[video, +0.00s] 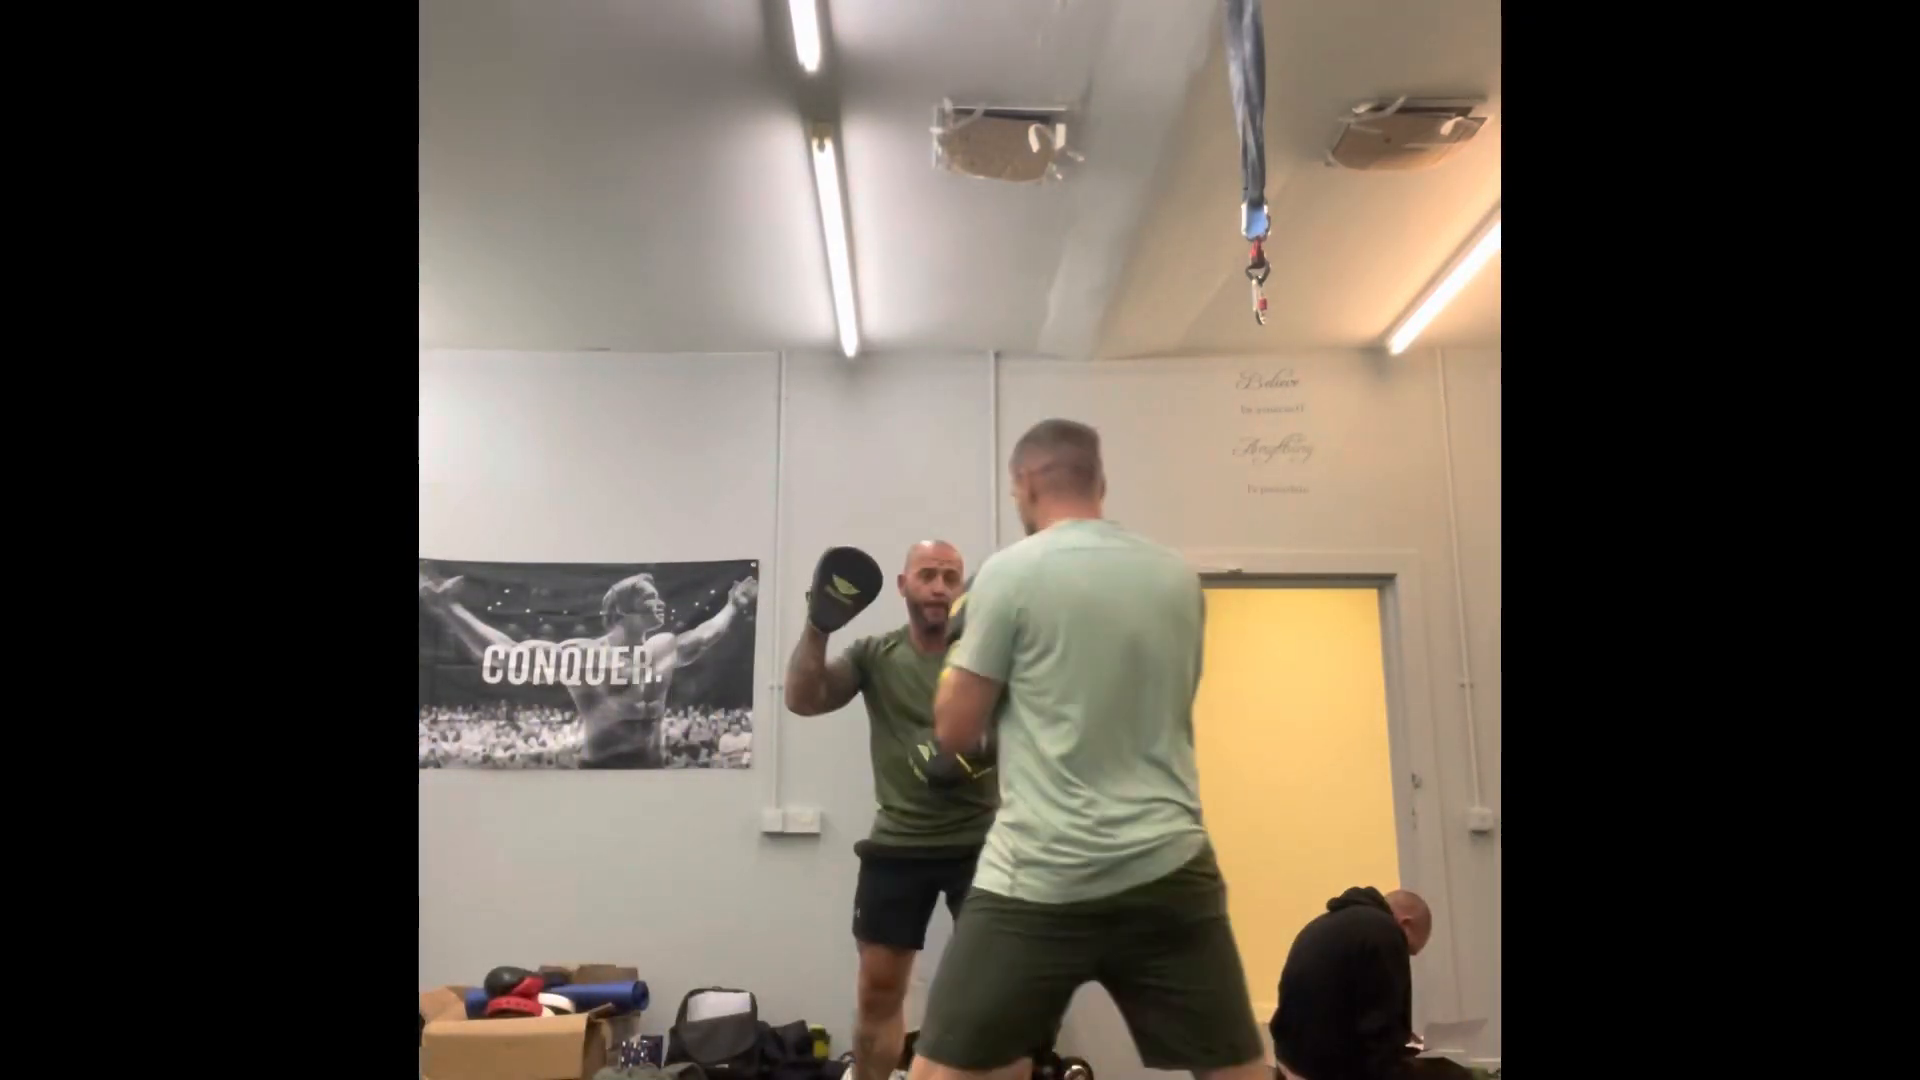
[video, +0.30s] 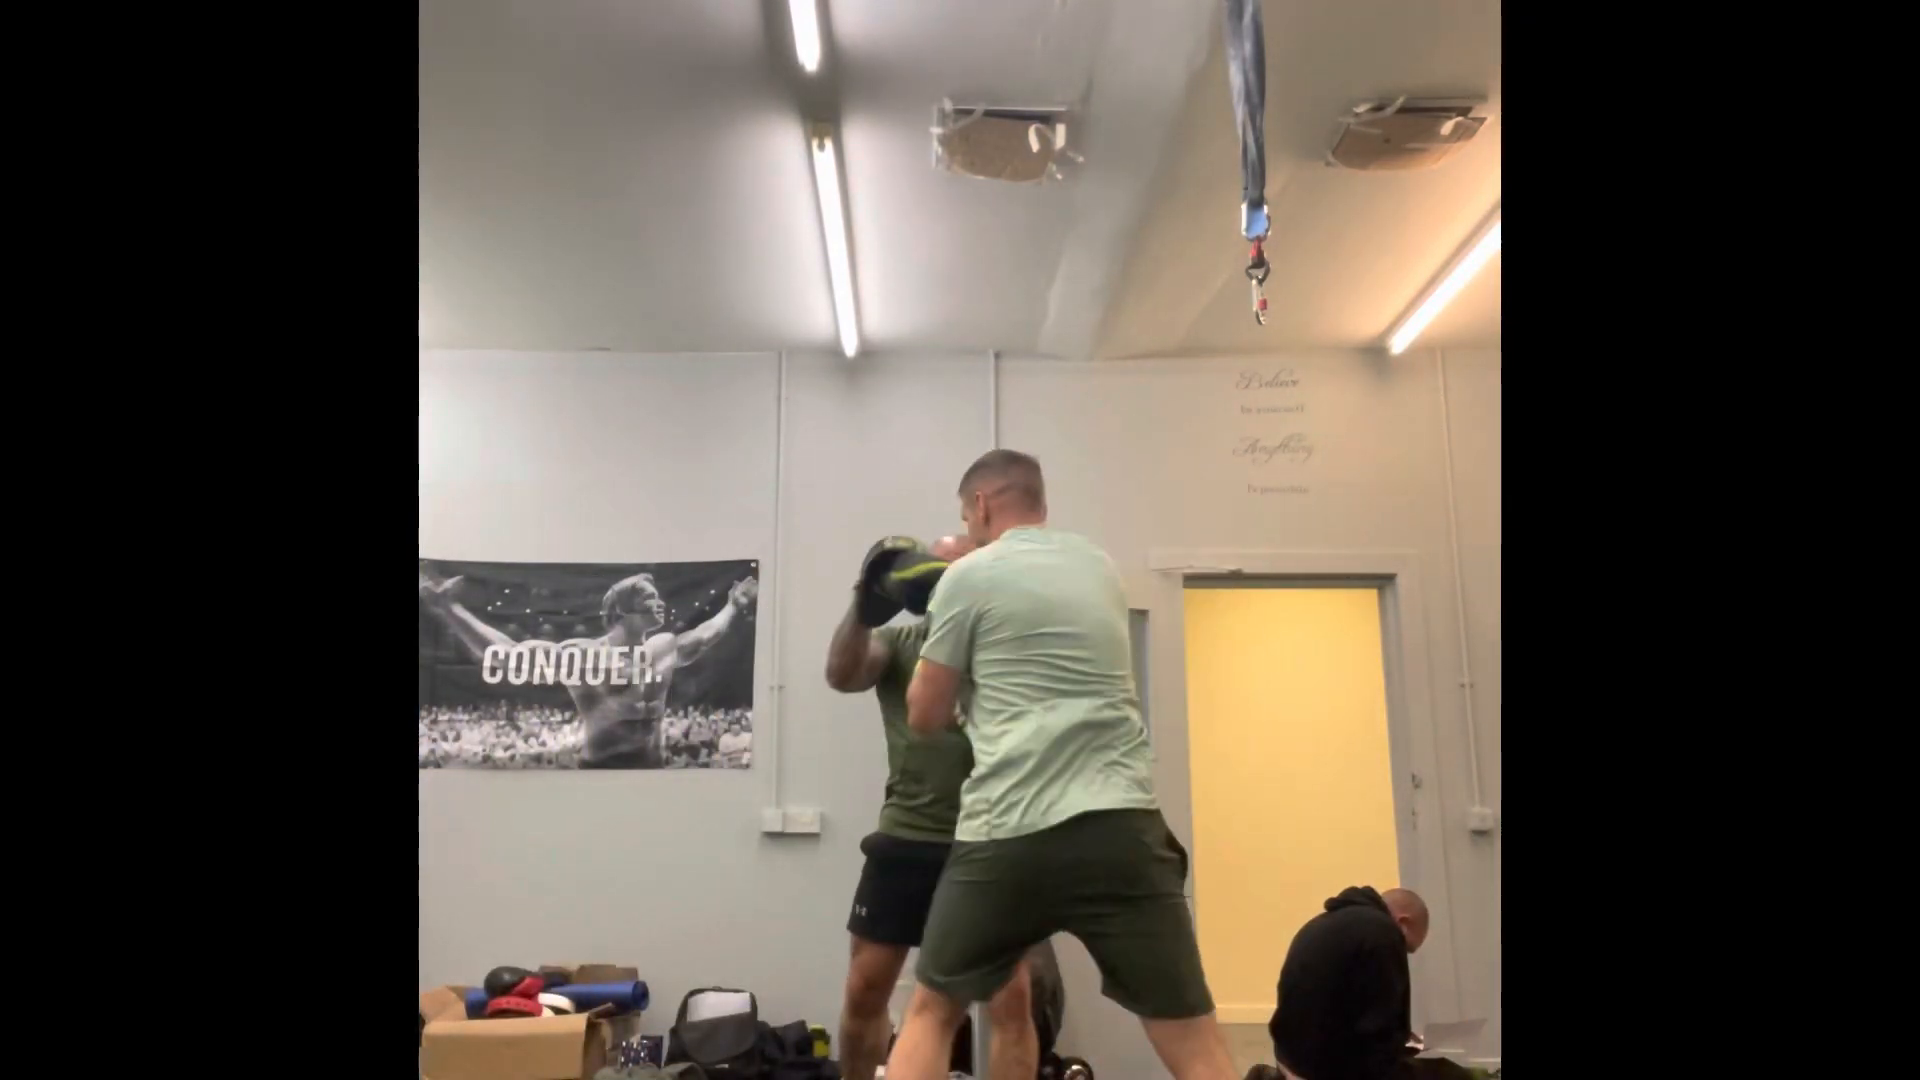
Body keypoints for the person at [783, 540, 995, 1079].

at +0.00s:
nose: (938, 587)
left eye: (950, 577)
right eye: (926, 575)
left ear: (964, 588)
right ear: (903, 586)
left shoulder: (988, 650)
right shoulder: (875, 653)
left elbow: (1024, 728)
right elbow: (804, 698)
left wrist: (971, 753)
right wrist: (819, 623)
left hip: (981, 844)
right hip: (898, 845)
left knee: (999, 985)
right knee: (877, 990)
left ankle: (1009, 1075)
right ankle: (871, 1078)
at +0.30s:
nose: (953, 586)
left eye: (965, 571)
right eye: (944, 571)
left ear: (991, 579)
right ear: (927, 578)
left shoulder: (1009, 648)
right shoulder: (904, 640)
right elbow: (842, 676)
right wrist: (868, 603)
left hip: (993, 841)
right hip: (908, 837)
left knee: (1012, 998)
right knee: (864, 988)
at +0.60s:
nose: (898, 580)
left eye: (909, 570)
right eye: (887, 568)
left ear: (920, 580)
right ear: (862, 575)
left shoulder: (947, 649)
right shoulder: (825, 644)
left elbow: (979, 734)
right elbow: (764, 719)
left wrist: (946, 716)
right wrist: (775, 679)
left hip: (925, 829)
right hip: (846, 832)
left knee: (955, 962)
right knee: (827, 976)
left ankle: (954, 1073)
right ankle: (844, 1077)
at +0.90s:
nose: (766, 574)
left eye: (770, 564)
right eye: (752, 562)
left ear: (775, 571)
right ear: (713, 569)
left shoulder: (796, 645)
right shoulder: (663, 649)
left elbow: (844, 724)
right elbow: (616, 732)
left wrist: (879, 799)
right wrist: (620, 798)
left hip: (781, 837)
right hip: (699, 841)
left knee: (784, 989)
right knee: (691, 1002)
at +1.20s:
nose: (713, 526)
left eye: (713, 512)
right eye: (701, 509)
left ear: (662, 509)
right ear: (655, 506)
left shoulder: (689, 618)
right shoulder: (569, 582)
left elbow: (688, 729)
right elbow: (484, 679)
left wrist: (723, 729)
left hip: (642, 851)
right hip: (548, 838)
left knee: (624, 1038)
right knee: (480, 1035)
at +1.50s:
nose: (750, 476)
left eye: (749, 457)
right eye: (743, 454)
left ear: (690, 449)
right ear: (707, 445)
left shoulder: (678, 544)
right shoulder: (643, 511)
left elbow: (656, 702)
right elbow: (655, 656)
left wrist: (720, 781)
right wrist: (776, 762)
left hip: (644, 833)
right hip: (573, 829)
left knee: (687, 1049)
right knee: (565, 1059)